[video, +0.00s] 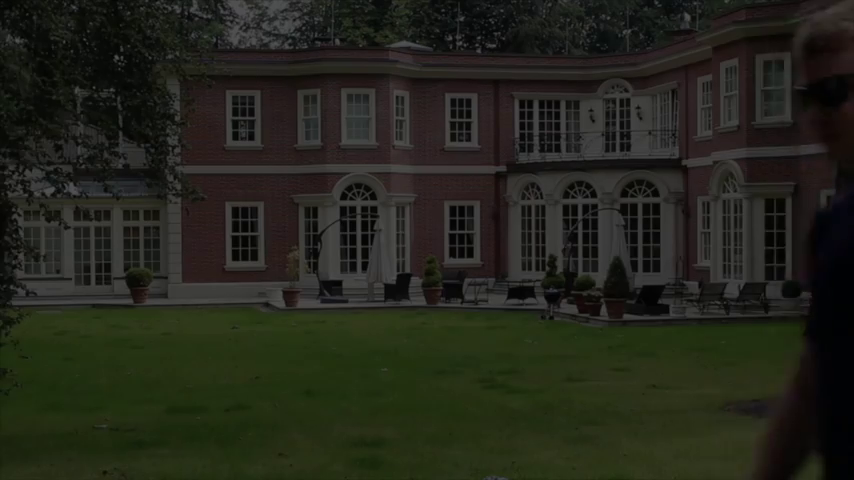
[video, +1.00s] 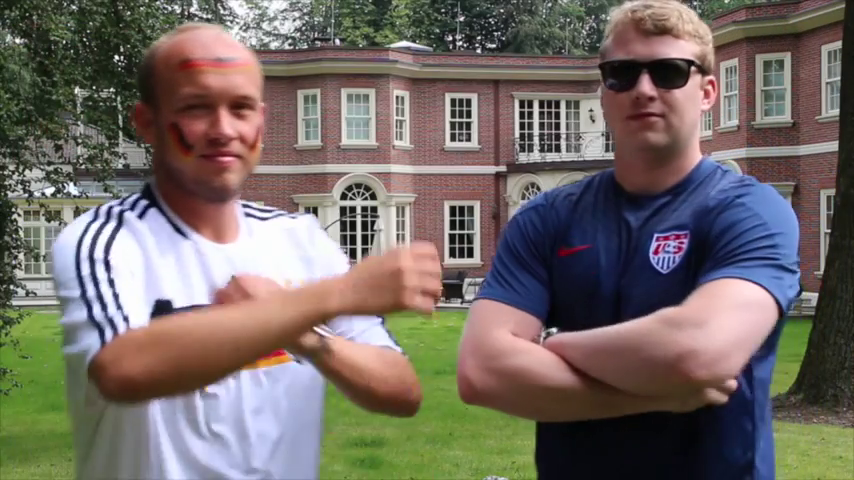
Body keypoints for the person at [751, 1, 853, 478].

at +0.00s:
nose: (819, 116)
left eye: (834, 93)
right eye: (810, 98)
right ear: (802, 103)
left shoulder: (837, 218)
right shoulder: (833, 218)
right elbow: (818, 369)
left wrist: (773, 460)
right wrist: (772, 463)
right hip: (842, 454)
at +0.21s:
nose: (745, 116)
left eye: (765, 93)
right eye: (740, 98)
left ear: (842, 96)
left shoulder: (845, 231)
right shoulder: (768, 231)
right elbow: (719, 392)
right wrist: (675, 468)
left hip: (822, 461)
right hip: (749, 464)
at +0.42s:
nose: (680, 96)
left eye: (702, 75)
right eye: (679, 79)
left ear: (781, 82)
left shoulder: (811, 214)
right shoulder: (708, 219)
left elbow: (729, 411)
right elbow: (646, 367)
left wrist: (598, 399)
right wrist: (595, 461)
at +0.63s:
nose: (640, 91)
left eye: (664, 71)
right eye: (635, 75)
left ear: (740, 81)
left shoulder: (768, 210)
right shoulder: (638, 217)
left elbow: (587, 363)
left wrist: (575, 317)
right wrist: (577, 436)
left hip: (740, 467)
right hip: (636, 468)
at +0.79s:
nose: (634, 91)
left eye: (661, 72)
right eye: (622, 76)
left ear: (722, 91)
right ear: (612, 90)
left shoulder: (758, 210)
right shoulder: (583, 220)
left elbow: (613, 361)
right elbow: (488, 365)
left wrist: (549, 345)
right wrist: (609, 413)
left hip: (719, 469)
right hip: (598, 470)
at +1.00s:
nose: (643, 89)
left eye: (668, 72)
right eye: (622, 74)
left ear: (707, 93)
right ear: (602, 95)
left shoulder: (751, 211)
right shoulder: (542, 221)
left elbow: (696, 357)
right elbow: (481, 372)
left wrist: (550, 345)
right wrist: (655, 394)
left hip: (712, 471)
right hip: (571, 472)